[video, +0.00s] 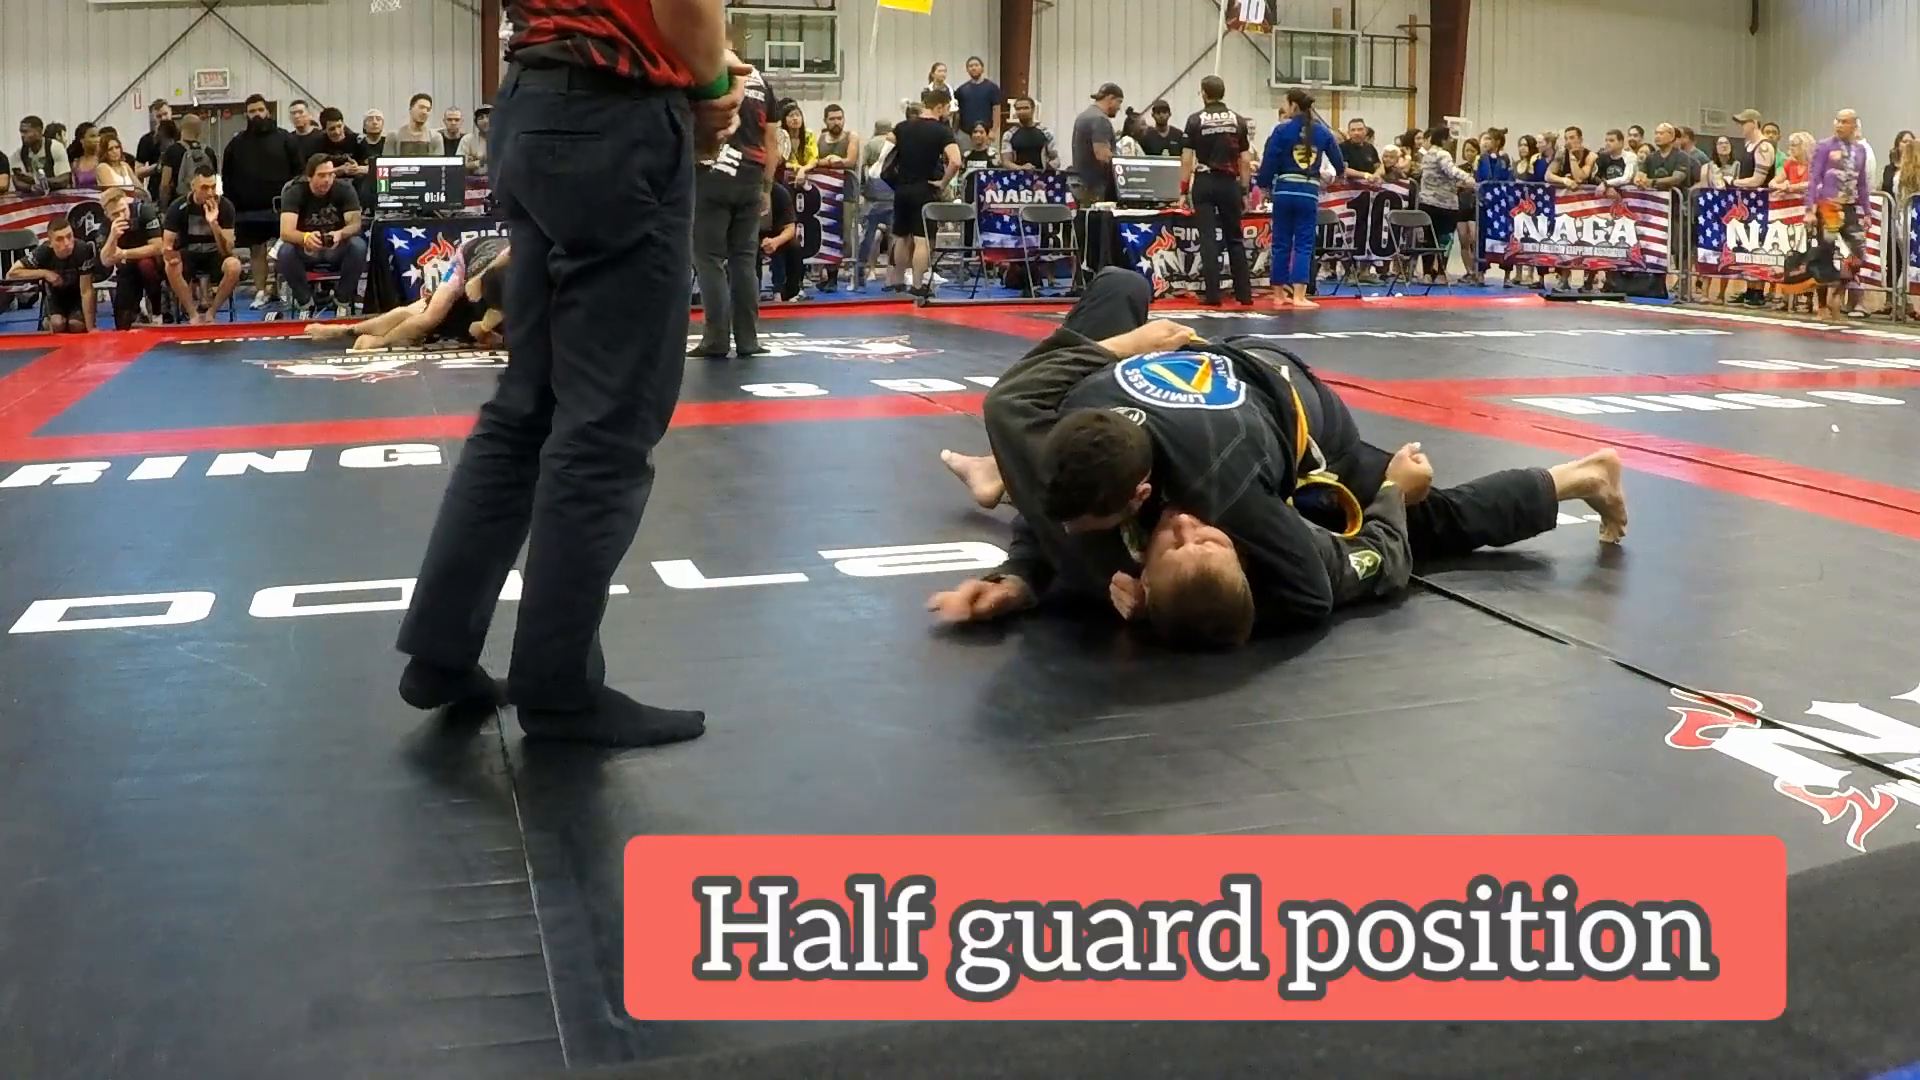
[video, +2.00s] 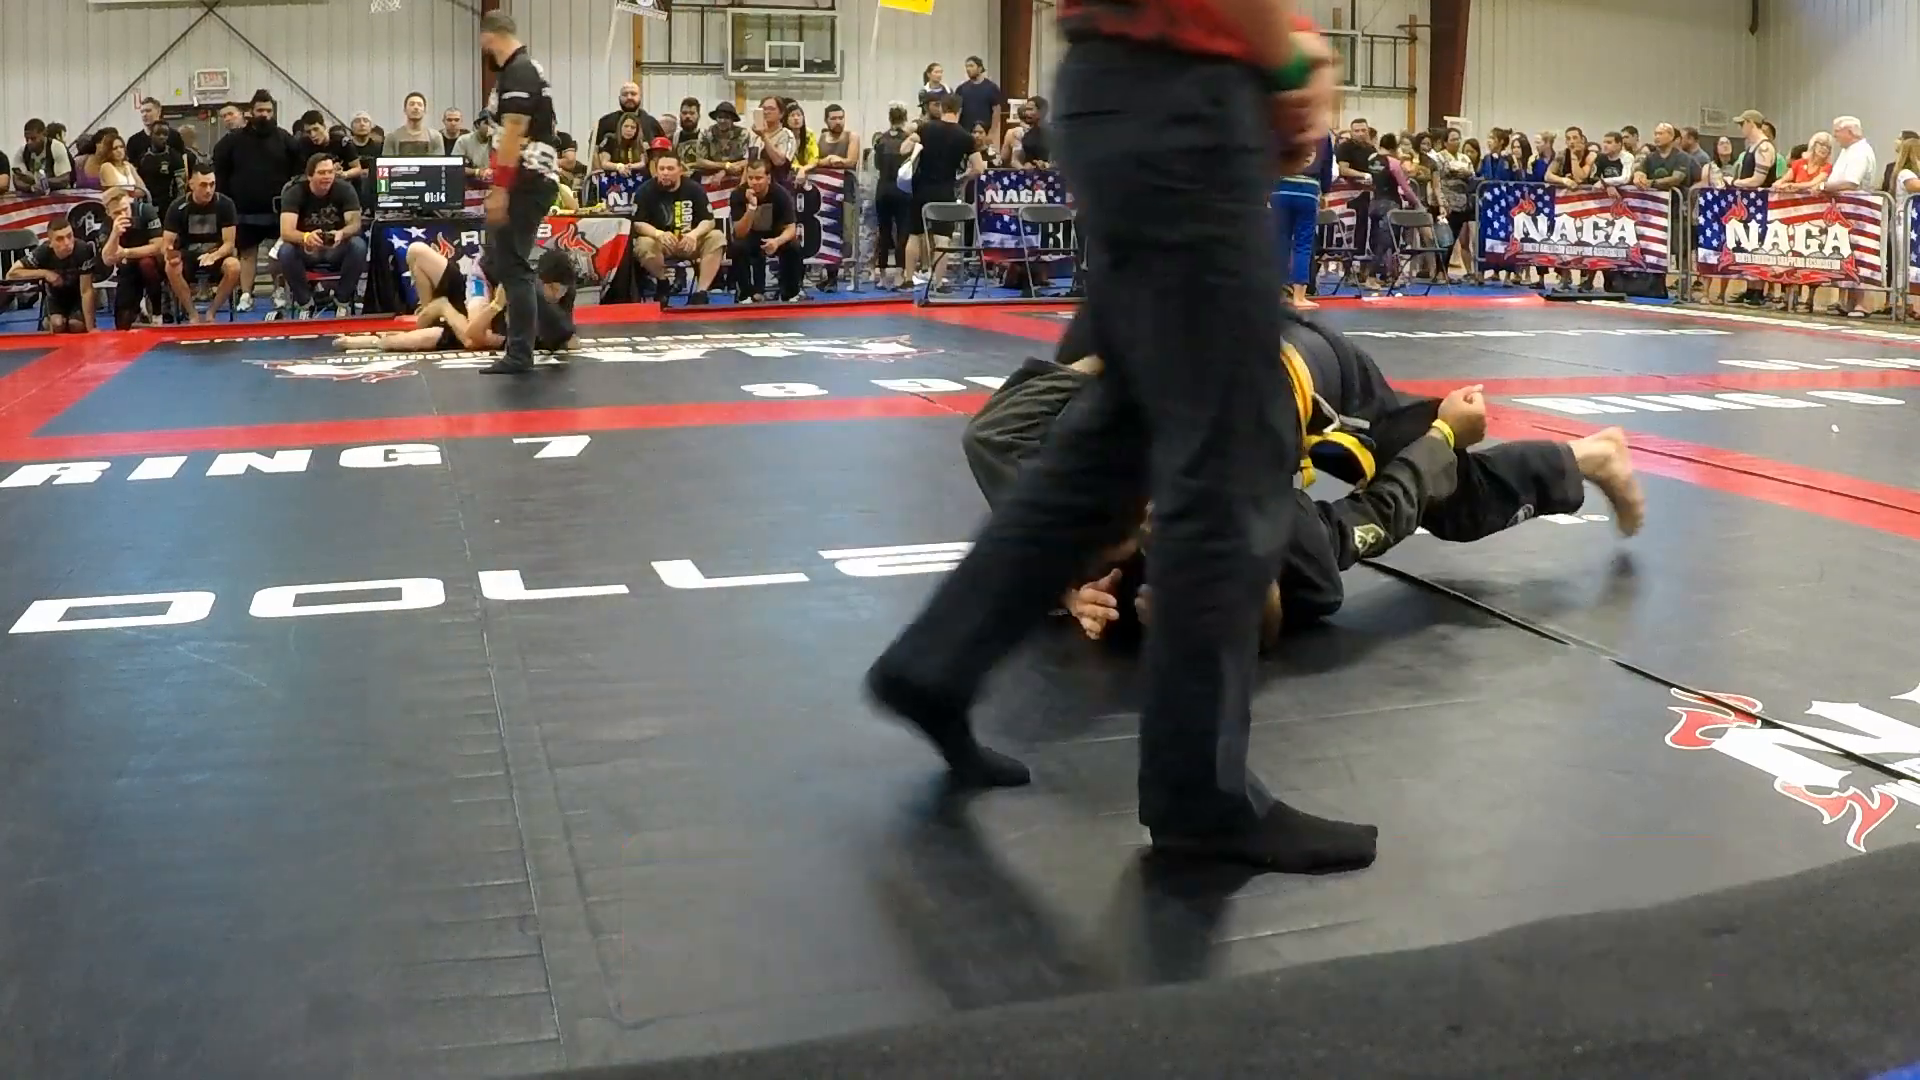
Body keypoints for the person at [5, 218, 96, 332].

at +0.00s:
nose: (67, 243)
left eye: (69, 237)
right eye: (60, 239)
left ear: (73, 235)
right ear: (50, 241)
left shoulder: (83, 249)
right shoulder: (44, 251)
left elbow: (86, 290)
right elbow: (12, 273)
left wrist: (91, 328)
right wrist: (44, 273)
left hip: (78, 291)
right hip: (56, 291)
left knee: (76, 325)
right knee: (58, 323)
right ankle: (46, 323)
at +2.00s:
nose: (67, 243)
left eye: (69, 237)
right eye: (60, 239)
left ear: (73, 235)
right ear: (50, 241)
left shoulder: (83, 249)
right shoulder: (44, 251)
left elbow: (86, 290)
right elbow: (12, 274)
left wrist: (91, 328)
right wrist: (44, 273)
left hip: (78, 293)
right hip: (55, 293)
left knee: (76, 325)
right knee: (58, 323)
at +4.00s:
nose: (67, 243)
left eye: (69, 237)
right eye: (60, 239)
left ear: (73, 235)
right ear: (50, 240)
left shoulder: (83, 249)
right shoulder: (44, 251)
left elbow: (86, 290)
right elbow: (12, 273)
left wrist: (91, 327)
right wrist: (44, 273)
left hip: (78, 291)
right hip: (55, 292)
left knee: (76, 324)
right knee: (57, 323)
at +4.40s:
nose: (67, 243)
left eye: (69, 237)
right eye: (60, 239)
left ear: (73, 235)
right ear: (50, 240)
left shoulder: (83, 249)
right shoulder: (44, 251)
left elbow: (86, 290)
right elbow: (12, 273)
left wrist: (91, 327)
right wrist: (44, 273)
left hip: (78, 291)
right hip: (55, 292)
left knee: (77, 324)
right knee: (58, 323)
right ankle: (46, 323)